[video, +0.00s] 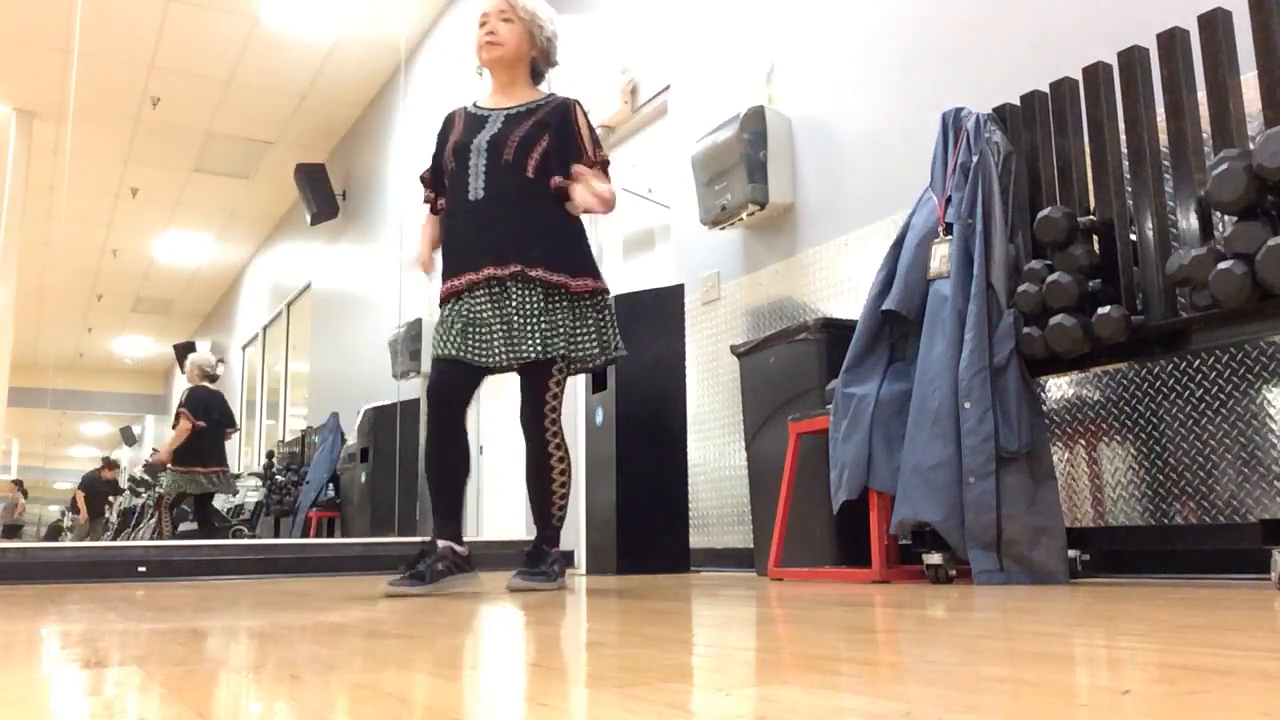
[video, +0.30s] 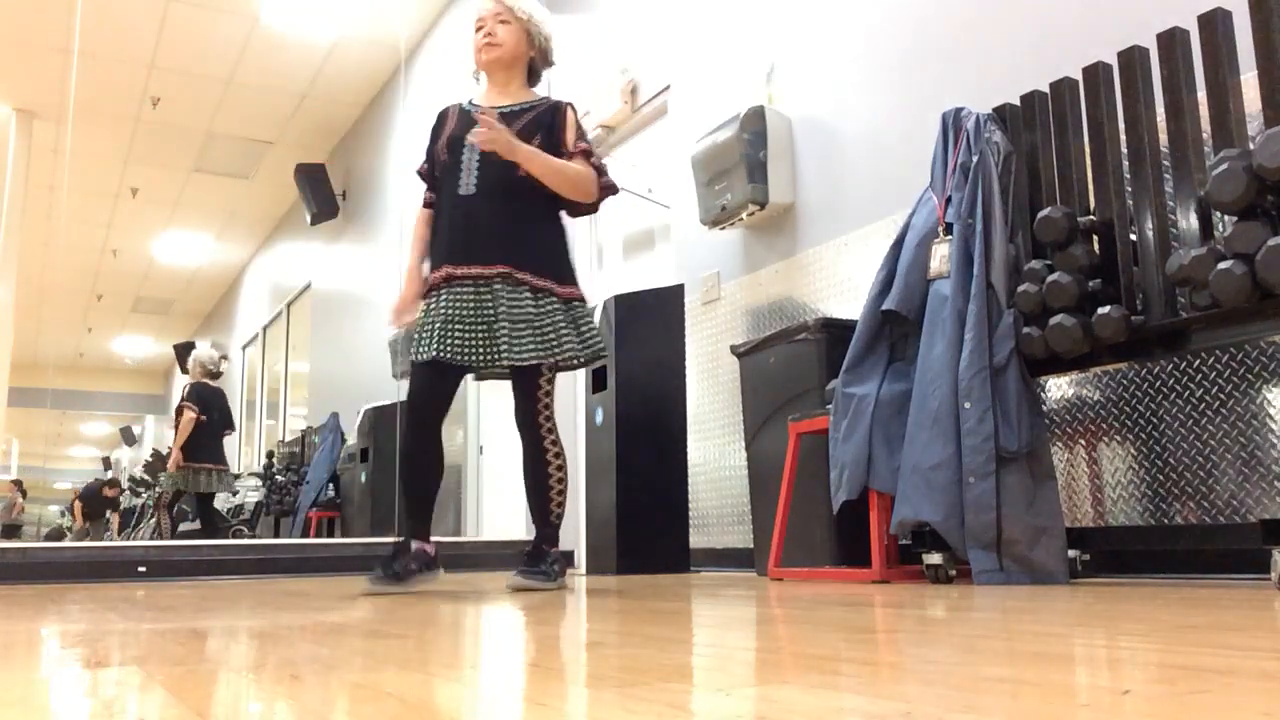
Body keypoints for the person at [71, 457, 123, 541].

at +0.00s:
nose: (115, 476)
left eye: (116, 473)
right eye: (113, 473)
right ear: (106, 470)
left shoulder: (113, 482)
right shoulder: (90, 477)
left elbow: (118, 496)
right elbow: (79, 494)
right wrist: (83, 512)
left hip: (97, 512)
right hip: (82, 510)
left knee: (97, 535)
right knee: (82, 532)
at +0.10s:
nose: (116, 483)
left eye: (117, 481)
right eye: (115, 480)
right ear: (108, 477)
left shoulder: (114, 488)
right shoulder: (92, 482)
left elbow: (116, 506)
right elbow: (80, 499)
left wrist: (115, 523)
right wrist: (82, 517)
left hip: (97, 514)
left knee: (97, 539)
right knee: (78, 537)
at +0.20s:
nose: (115, 489)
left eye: (116, 487)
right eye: (114, 486)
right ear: (107, 482)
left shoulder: (115, 491)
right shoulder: (92, 485)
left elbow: (116, 509)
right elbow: (79, 502)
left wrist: (115, 529)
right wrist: (80, 519)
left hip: (97, 514)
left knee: (97, 539)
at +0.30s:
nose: (115, 494)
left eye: (117, 492)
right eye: (114, 491)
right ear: (108, 488)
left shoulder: (115, 498)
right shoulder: (92, 488)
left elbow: (115, 515)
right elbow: (77, 504)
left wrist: (115, 535)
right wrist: (79, 521)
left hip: (97, 514)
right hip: (82, 512)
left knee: (98, 536)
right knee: (80, 533)